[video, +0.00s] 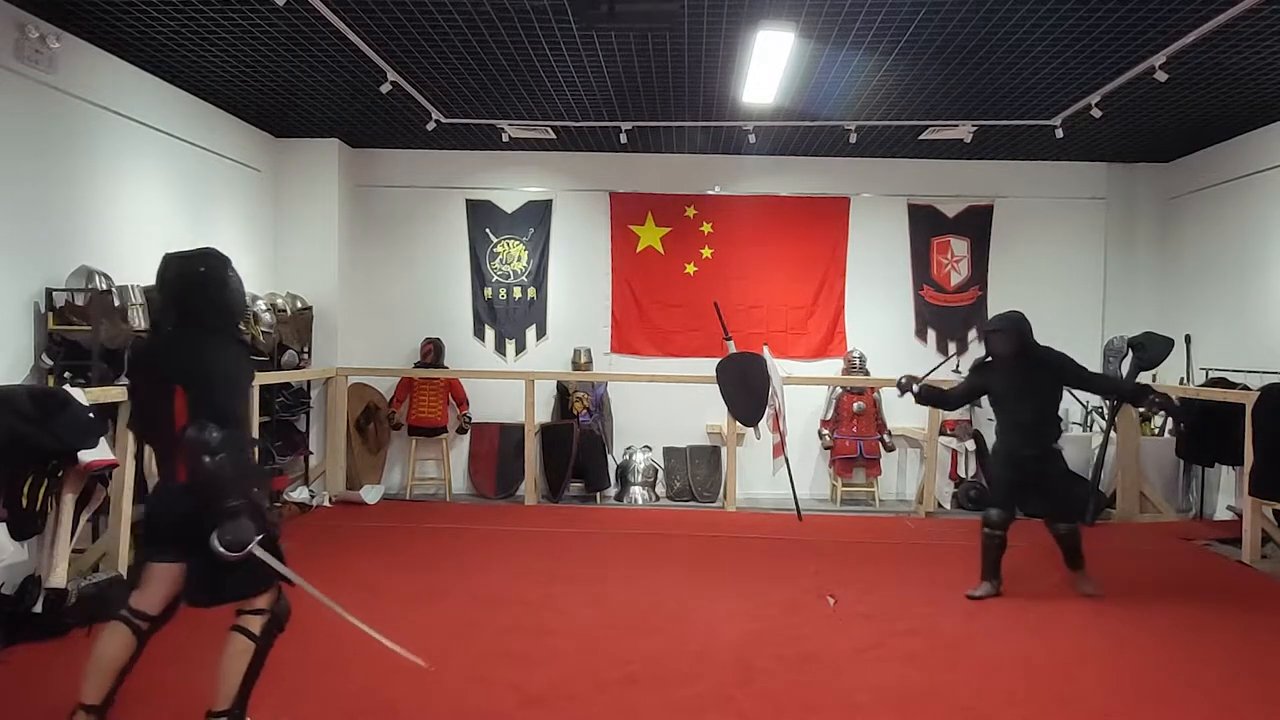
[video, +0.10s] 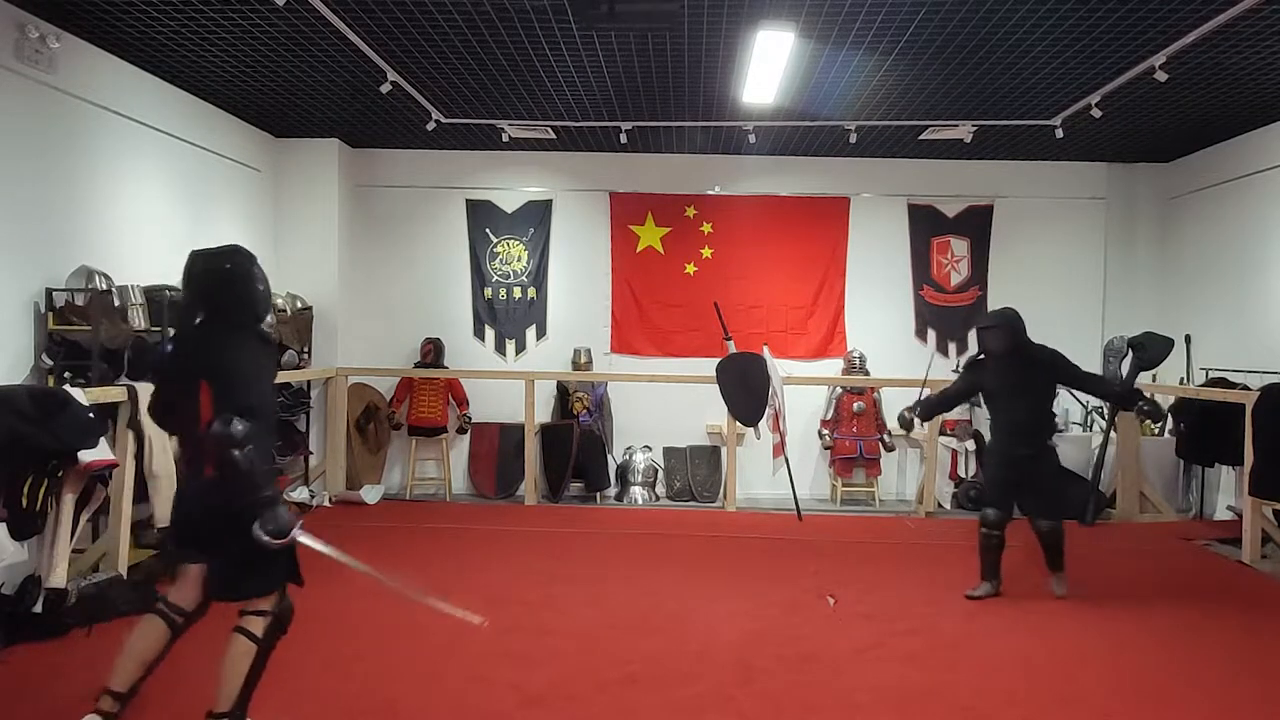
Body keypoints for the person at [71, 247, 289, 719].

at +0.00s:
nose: (240, 292)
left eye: (234, 282)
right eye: (233, 283)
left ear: (167, 295)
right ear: (220, 294)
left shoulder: (147, 350)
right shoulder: (224, 352)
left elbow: (144, 426)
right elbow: (223, 438)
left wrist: (183, 464)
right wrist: (236, 507)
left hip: (170, 495)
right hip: (222, 497)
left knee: (144, 606)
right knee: (263, 601)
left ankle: (86, 711)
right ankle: (224, 712)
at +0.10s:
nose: (264, 289)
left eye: (260, 279)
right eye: (258, 281)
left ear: (201, 291)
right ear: (247, 288)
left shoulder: (188, 340)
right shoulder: (248, 345)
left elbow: (165, 412)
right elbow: (246, 430)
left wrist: (211, 438)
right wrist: (268, 501)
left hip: (195, 489)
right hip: (245, 495)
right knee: (264, 604)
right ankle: (225, 713)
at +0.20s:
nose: (292, 291)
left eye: (287, 281)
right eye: (286, 282)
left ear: (223, 289)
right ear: (273, 289)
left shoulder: (203, 341)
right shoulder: (274, 348)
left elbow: (174, 413)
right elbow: (269, 431)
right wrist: (319, 491)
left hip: (211, 486)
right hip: (260, 491)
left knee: (225, 596)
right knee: (261, 609)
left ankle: (154, 695)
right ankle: (226, 713)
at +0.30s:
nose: (317, 291)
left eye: (312, 281)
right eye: (311, 282)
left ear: (256, 290)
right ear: (301, 290)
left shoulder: (233, 335)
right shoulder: (295, 346)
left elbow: (198, 372)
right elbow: (301, 422)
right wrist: (365, 469)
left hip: (235, 482)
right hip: (276, 488)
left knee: (273, 598)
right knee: (262, 608)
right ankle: (227, 707)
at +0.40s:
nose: (341, 299)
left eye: (337, 290)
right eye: (336, 290)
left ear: (276, 295)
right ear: (326, 297)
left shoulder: (255, 341)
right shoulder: (319, 351)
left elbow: (220, 385)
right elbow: (341, 424)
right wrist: (417, 459)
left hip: (255, 487)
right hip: (296, 492)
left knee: (312, 589)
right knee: (283, 607)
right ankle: (228, 710)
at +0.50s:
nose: (361, 308)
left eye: (358, 298)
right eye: (356, 298)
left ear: (301, 301)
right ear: (340, 304)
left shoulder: (281, 346)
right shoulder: (335, 355)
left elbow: (240, 382)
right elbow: (362, 428)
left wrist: (273, 418)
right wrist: (444, 443)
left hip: (286, 487)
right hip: (319, 492)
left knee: (332, 591)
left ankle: (322, 689)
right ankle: (263, 688)